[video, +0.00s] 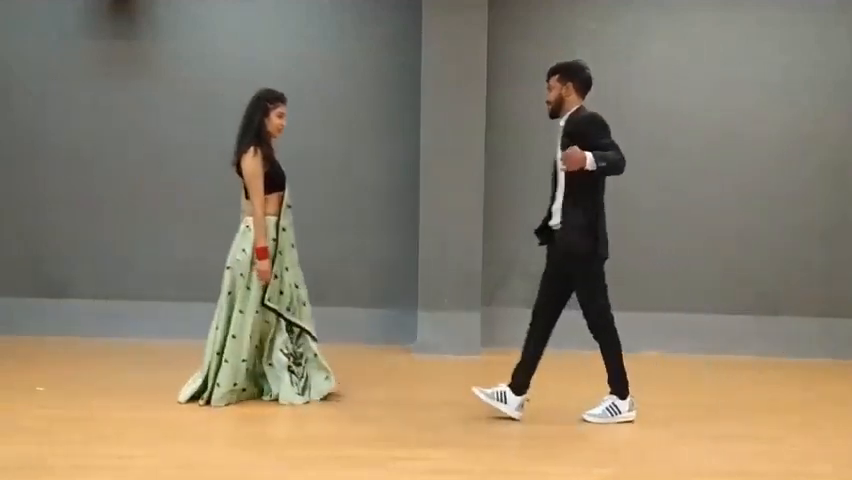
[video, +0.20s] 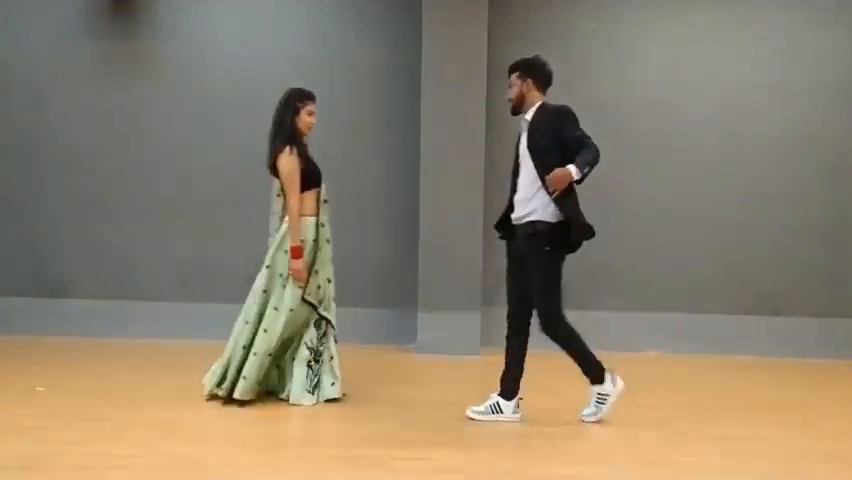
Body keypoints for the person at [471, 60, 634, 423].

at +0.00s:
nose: (546, 94)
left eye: (550, 87)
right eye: (547, 87)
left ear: (567, 87)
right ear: (566, 88)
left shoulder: (588, 122)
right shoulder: (568, 127)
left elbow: (617, 161)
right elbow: (571, 186)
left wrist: (588, 160)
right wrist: (555, 225)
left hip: (582, 241)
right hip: (563, 241)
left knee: (600, 320)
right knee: (542, 317)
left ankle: (621, 399)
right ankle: (514, 393)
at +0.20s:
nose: (508, 92)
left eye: (511, 84)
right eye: (509, 85)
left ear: (528, 84)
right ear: (527, 85)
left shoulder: (557, 115)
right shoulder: (527, 126)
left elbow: (590, 151)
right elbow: (528, 178)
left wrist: (571, 170)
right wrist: (513, 215)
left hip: (544, 232)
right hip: (519, 231)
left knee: (550, 320)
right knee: (517, 319)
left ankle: (604, 382)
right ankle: (507, 399)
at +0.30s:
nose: (493, 90)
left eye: (495, 82)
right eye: (494, 83)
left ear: (510, 82)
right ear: (512, 84)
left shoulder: (543, 113)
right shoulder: (511, 126)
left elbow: (577, 150)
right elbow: (513, 175)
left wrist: (562, 181)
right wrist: (499, 213)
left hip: (528, 229)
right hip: (506, 229)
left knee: (518, 316)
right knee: (510, 316)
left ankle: (576, 374)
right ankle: (507, 399)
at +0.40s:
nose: (477, 89)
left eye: (481, 81)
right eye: (478, 81)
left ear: (496, 81)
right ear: (498, 83)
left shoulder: (530, 113)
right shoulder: (494, 123)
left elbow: (564, 151)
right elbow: (500, 173)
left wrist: (554, 189)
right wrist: (487, 212)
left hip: (516, 227)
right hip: (496, 227)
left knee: (497, 313)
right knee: (499, 314)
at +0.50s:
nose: (465, 90)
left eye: (468, 82)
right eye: (466, 83)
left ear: (483, 82)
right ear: (485, 82)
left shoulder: (519, 112)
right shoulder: (483, 124)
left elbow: (552, 152)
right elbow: (485, 175)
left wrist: (544, 194)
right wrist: (473, 214)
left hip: (504, 225)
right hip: (487, 225)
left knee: (473, 312)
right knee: (499, 317)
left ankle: (486, 396)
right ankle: (508, 399)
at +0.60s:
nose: (454, 90)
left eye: (457, 82)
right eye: (455, 82)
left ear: (470, 83)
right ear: (475, 84)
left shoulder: (504, 113)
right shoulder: (472, 124)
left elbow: (538, 152)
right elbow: (471, 177)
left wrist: (531, 197)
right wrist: (458, 218)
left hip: (490, 227)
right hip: (475, 228)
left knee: (458, 308)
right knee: (493, 315)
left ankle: (440, 398)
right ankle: (507, 397)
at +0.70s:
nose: (443, 92)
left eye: (445, 85)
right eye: (444, 85)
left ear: (458, 85)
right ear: (464, 85)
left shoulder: (490, 114)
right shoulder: (463, 122)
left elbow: (521, 153)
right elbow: (464, 177)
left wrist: (513, 199)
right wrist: (445, 213)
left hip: (476, 230)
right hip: (462, 230)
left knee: (443, 311)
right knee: (487, 316)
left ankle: (409, 393)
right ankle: (506, 399)